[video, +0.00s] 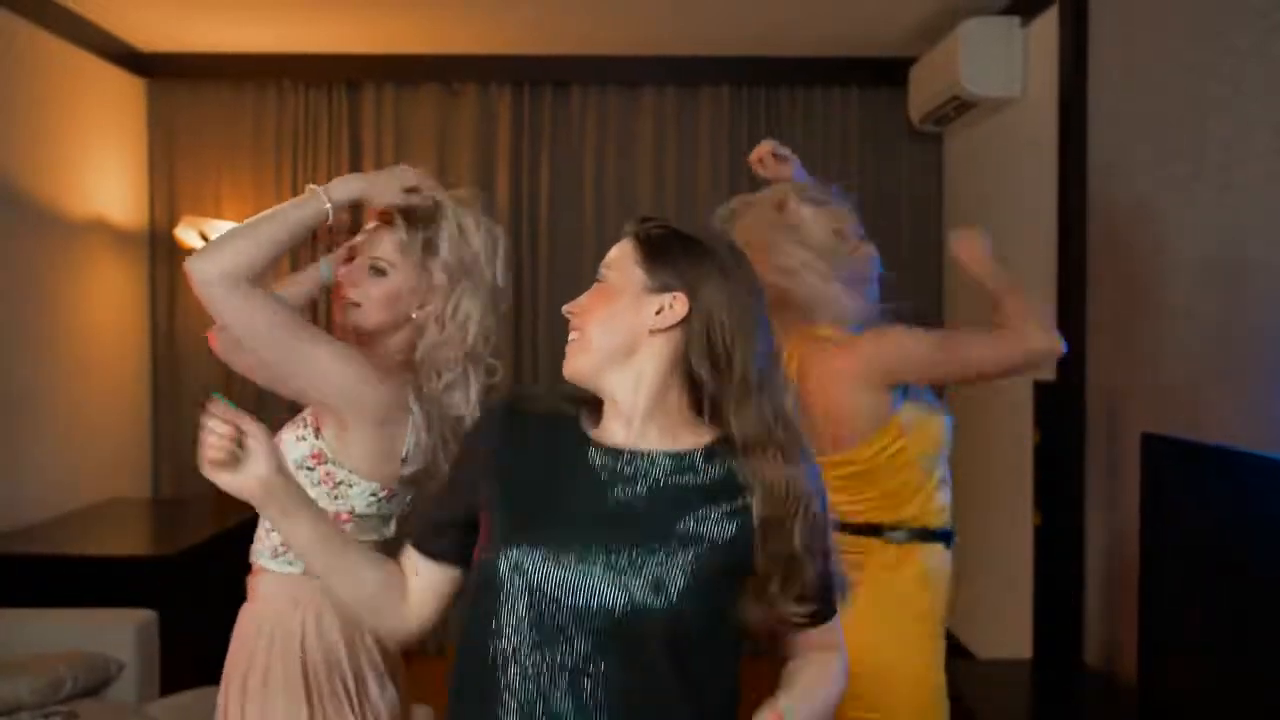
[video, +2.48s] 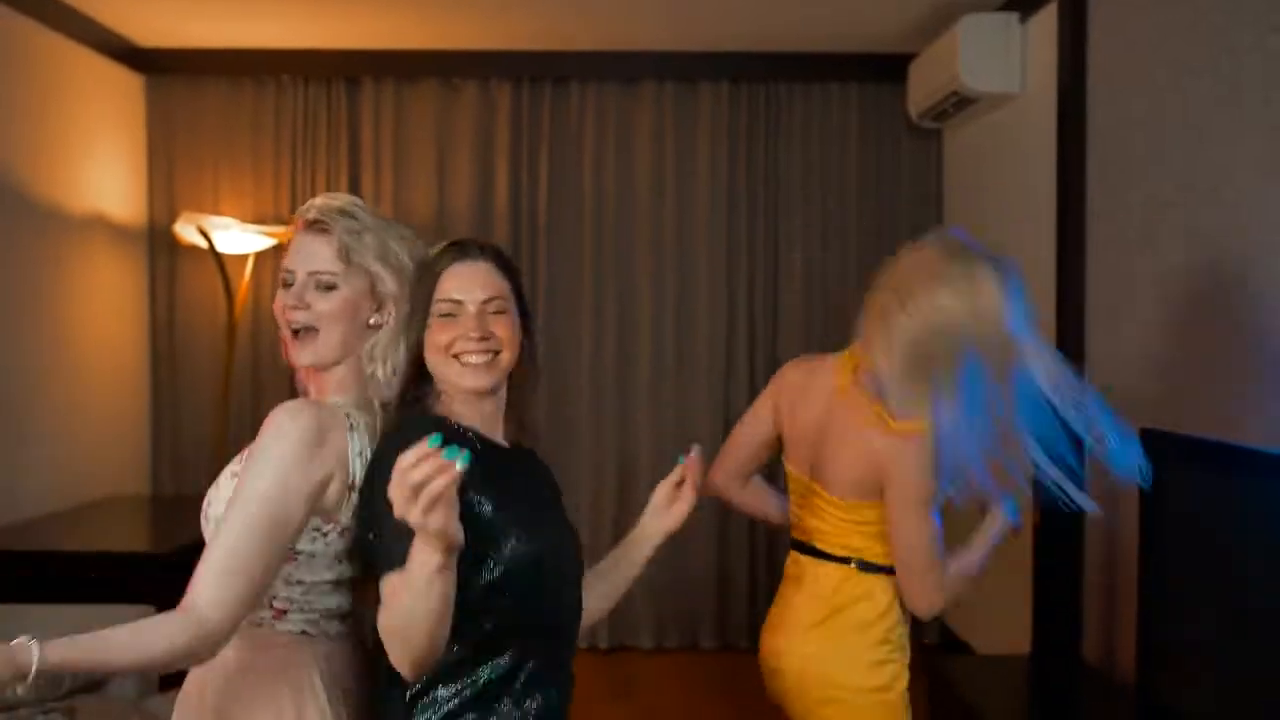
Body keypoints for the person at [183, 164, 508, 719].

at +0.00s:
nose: (345, 280)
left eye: (377, 269)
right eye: (349, 262)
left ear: (432, 297)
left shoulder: (375, 391)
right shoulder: (409, 390)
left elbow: (217, 273)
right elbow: (233, 339)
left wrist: (342, 191)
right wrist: (337, 261)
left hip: (304, 631)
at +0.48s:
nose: (303, 275)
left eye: (337, 266)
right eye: (304, 258)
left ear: (386, 297)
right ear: (293, 267)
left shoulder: (297, 363)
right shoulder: (403, 382)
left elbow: (313, 554)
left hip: (302, 652)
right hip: (375, 643)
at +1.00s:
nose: (289, 322)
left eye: (314, 301)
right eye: (284, 303)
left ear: (379, 312)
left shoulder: (326, 432)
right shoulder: (403, 427)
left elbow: (197, 587)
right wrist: (113, 627)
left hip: (248, 667)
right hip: (324, 662)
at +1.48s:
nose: (292, 297)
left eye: (318, 276)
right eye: (286, 281)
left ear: (380, 290)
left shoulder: (304, 367)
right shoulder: (420, 389)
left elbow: (220, 555)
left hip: (260, 651)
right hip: (365, 656)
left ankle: (43, 685)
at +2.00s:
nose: (294, 301)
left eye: (325, 282)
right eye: (289, 280)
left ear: (387, 304)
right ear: (279, 289)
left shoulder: (318, 432)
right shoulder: (384, 422)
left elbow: (223, 634)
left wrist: (60, 684)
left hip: (266, 673)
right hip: (329, 660)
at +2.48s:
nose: (294, 304)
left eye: (325, 285)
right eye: (288, 284)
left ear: (382, 308)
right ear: (275, 296)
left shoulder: (304, 426)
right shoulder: (381, 426)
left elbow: (201, 625)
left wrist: (33, 658)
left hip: (258, 690)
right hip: (329, 686)